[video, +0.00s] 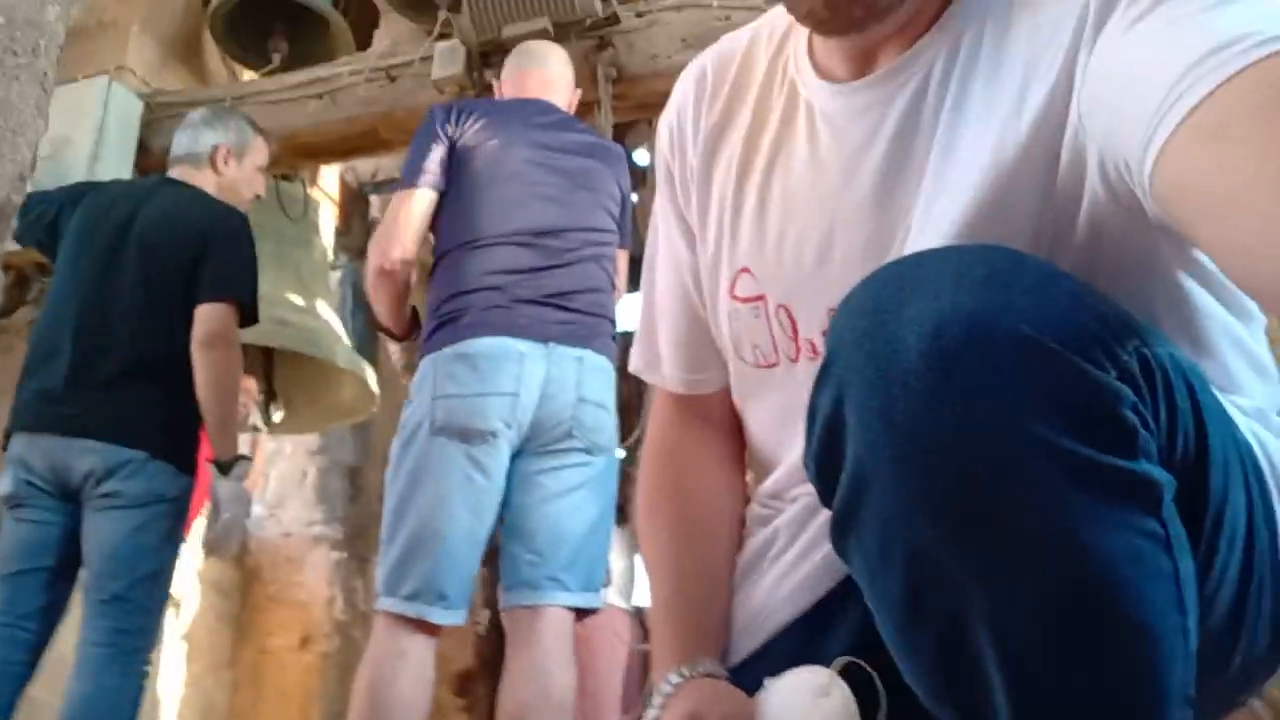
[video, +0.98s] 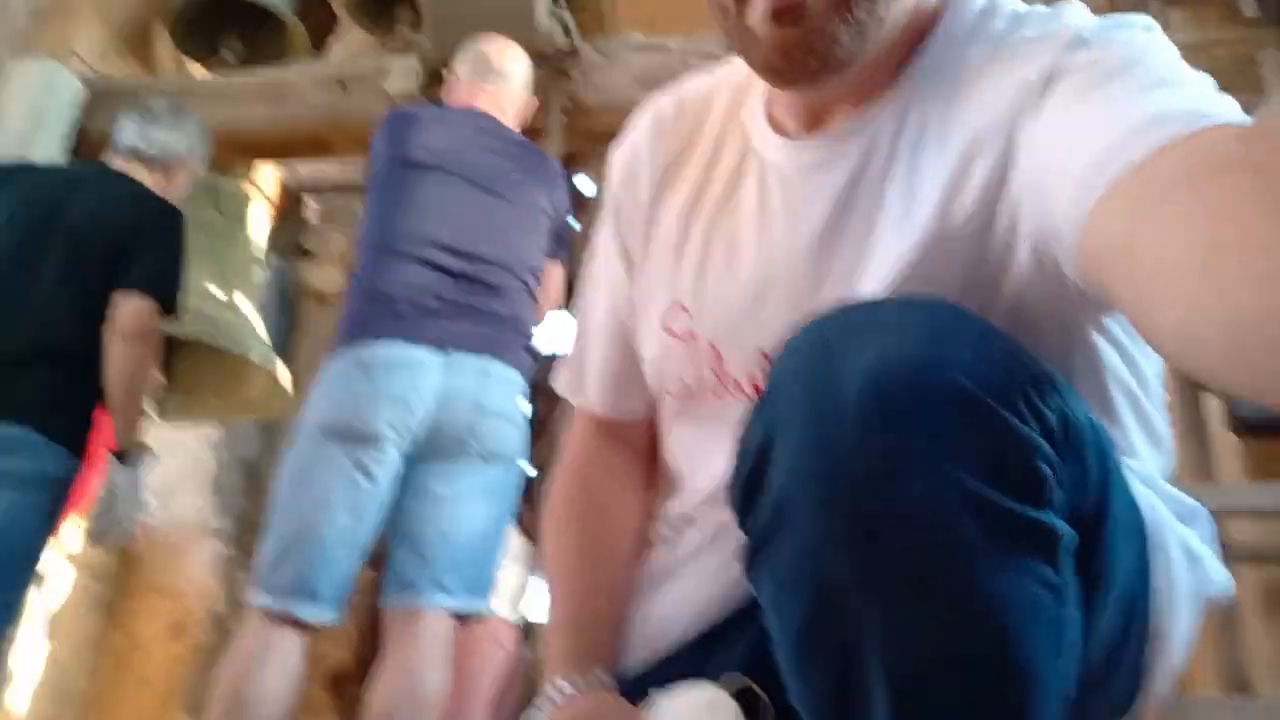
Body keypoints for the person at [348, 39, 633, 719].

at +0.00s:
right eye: (576, 96)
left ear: (497, 87)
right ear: (576, 100)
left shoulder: (456, 119)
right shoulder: (611, 155)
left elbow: (391, 257)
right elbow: (615, 280)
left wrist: (400, 330)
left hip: (475, 356)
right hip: (587, 369)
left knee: (411, 616)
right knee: (545, 611)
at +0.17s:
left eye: (518, 94)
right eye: (592, 108)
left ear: (514, 97)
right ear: (592, 113)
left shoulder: (468, 135)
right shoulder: (622, 175)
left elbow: (387, 267)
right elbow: (623, 297)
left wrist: (438, 271)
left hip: (484, 370)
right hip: (594, 388)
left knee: (410, 628)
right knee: (544, 630)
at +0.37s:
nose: (489, 115)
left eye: (490, 108)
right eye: (564, 123)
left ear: (488, 112)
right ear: (566, 128)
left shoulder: (439, 153)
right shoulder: (594, 195)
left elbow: (371, 254)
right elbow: (594, 317)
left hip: (450, 394)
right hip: (562, 410)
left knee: (383, 658)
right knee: (519, 647)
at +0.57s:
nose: (488, 111)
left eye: (488, 104)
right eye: (561, 116)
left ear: (486, 109)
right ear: (564, 123)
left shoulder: (440, 150)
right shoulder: (594, 192)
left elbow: (416, 236)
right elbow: (592, 313)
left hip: (447, 387)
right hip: (561, 405)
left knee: (379, 647)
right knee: (515, 641)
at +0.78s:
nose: (417, 103)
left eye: (417, 94)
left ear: (419, 98)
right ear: (501, 117)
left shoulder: (367, 140)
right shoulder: (525, 189)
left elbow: (359, 241)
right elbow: (522, 314)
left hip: (365, 381)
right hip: (482, 402)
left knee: (289, 646)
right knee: (432, 642)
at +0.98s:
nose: (448, 93)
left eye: (448, 83)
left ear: (447, 84)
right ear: (525, 109)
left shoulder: (402, 127)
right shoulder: (547, 171)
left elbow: (380, 241)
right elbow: (548, 294)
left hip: (382, 360)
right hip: (494, 381)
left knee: (284, 611)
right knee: (426, 612)